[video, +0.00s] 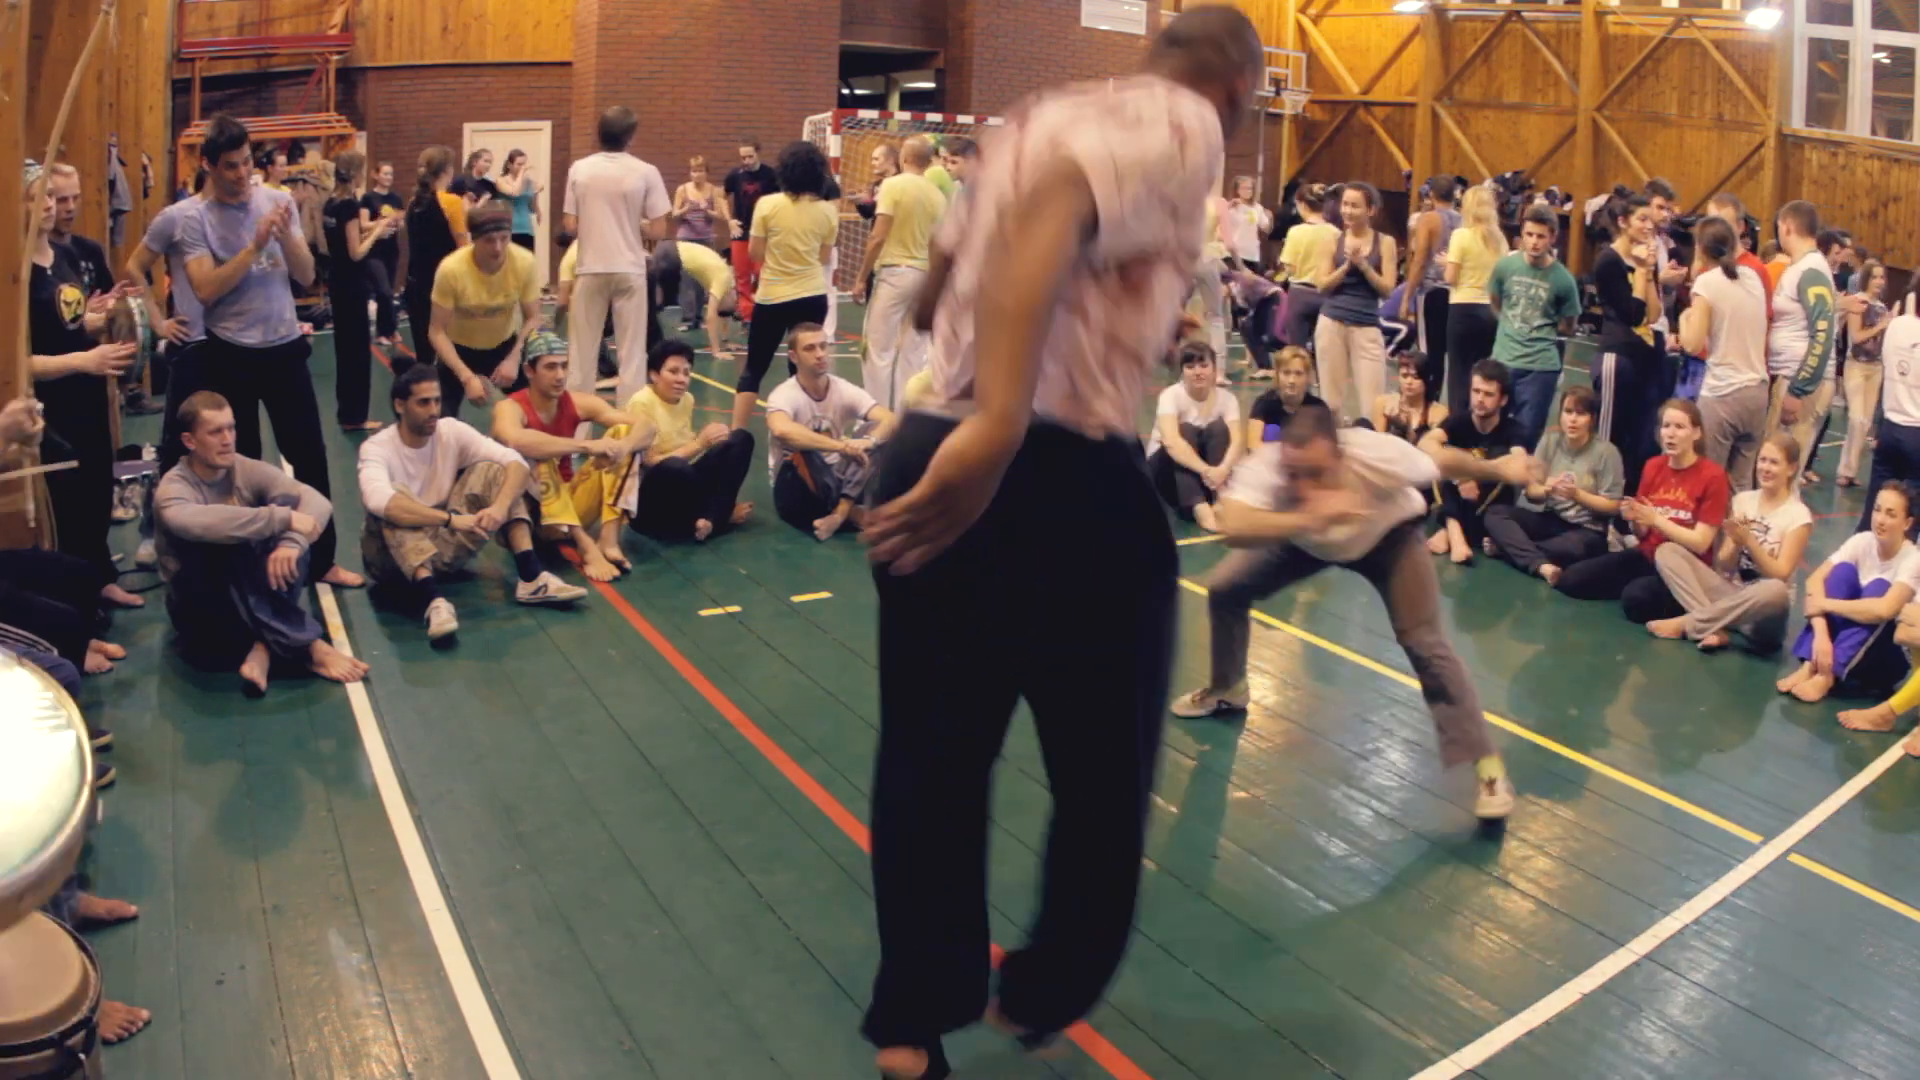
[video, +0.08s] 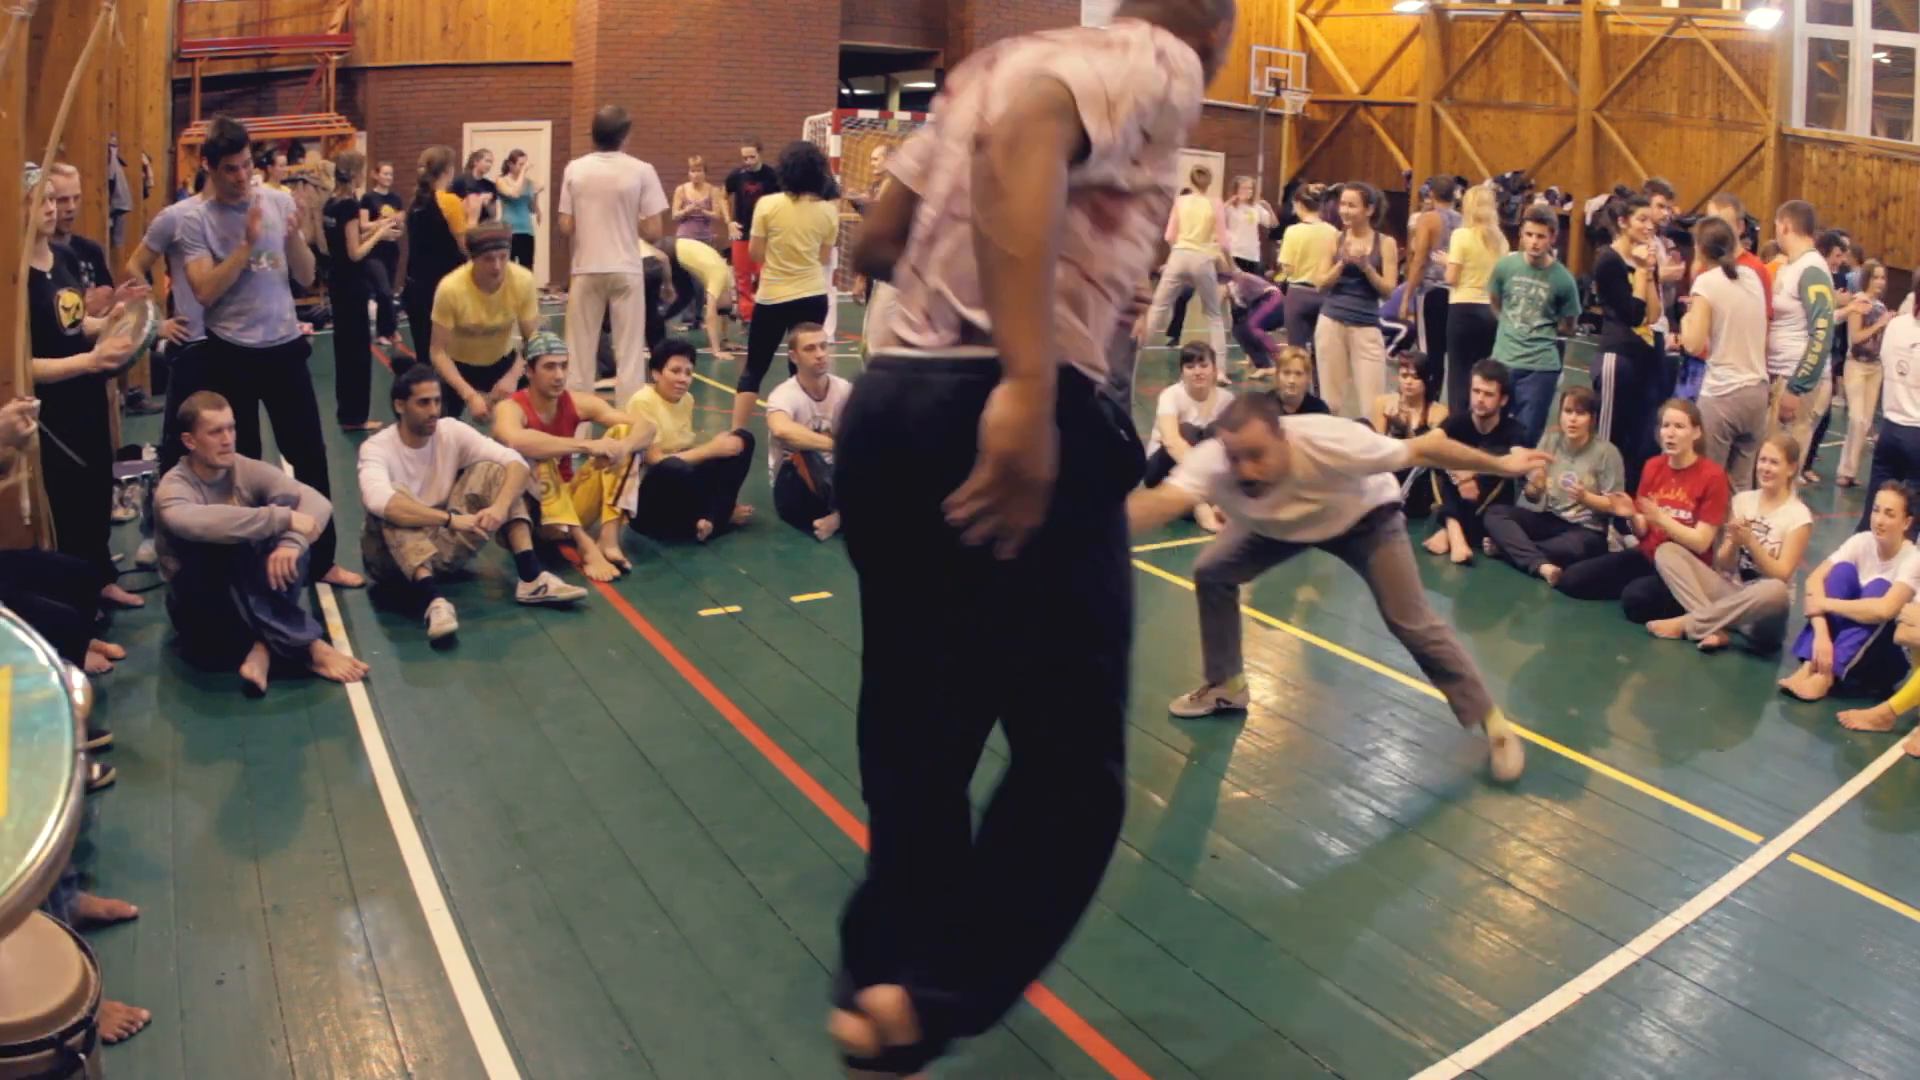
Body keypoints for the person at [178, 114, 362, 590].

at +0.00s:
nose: (243, 173)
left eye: (247, 162)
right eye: (231, 166)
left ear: (253, 158)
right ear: (208, 166)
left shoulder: (275, 200)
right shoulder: (187, 217)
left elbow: (306, 277)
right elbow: (206, 289)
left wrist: (286, 235)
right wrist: (256, 245)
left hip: (284, 349)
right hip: (229, 354)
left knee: (310, 459)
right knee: (241, 463)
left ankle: (322, 564)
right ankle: (252, 568)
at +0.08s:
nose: (242, 175)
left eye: (247, 165)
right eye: (231, 168)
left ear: (253, 160)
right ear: (209, 167)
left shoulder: (274, 201)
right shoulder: (188, 218)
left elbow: (306, 278)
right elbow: (205, 291)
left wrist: (294, 235)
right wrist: (247, 243)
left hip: (284, 349)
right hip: (229, 353)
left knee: (311, 459)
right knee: (241, 463)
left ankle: (322, 564)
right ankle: (251, 569)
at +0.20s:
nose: (242, 180)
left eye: (247, 169)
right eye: (231, 173)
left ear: (254, 163)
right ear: (209, 169)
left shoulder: (274, 201)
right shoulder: (188, 217)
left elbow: (305, 276)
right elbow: (205, 290)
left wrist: (290, 235)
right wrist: (253, 246)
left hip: (284, 348)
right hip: (229, 353)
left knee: (310, 458)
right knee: (242, 461)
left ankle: (322, 564)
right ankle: (252, 567)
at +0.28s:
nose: (242, 184)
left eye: (247, 174)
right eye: (231, 177)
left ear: (254, 165)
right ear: (210, 172)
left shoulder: (276, 201)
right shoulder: (190, 216)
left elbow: (304, 272)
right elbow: (207, 288)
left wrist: (283, 236)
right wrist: (257, 250)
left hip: (284, 347)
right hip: (229, 352)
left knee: (310, 457)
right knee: (242, 460)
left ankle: (322, 563)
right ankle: (252, 566)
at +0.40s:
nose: (243, 186)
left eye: (248, 176)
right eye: (232, 179)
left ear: (255, 167)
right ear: (211, 175)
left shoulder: (275, 201)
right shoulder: (193, 218)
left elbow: (306, 275)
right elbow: (204, 288)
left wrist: (291, 237)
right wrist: (253, 243)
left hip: (284, 347)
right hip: (230, 351)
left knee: (310, 457)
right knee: (242, 459)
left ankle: (322, 564)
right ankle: (252, 566)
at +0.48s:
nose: (244, 187)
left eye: (249, 177)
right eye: (233, 180)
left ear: (255, 168)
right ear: (211, 175)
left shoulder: (277, 201)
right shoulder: (194, 219)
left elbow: (306, 276)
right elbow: (204, 290)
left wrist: (296, 243)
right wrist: (246, 242)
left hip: (284, 347)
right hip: (229, 352)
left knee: (310, 458)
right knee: (242, 460)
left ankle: (322, 564)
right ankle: (252, 567)